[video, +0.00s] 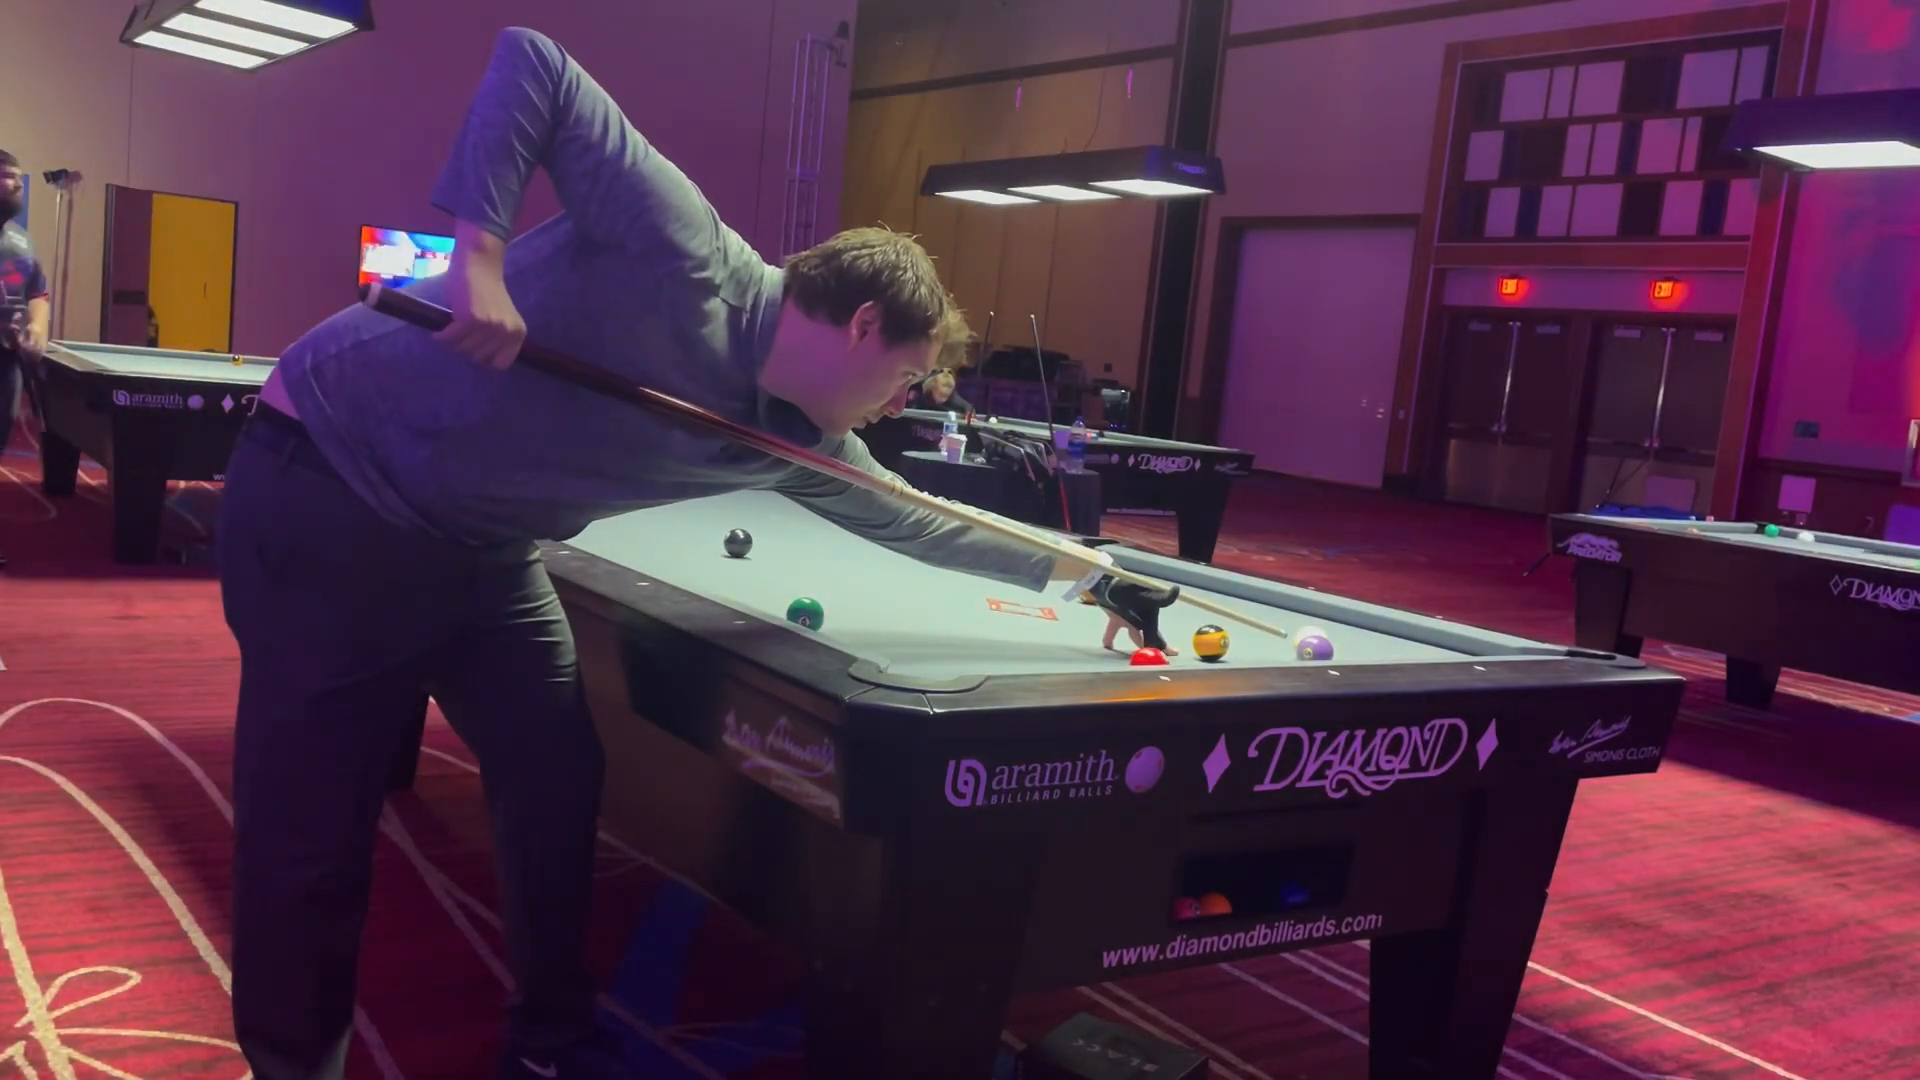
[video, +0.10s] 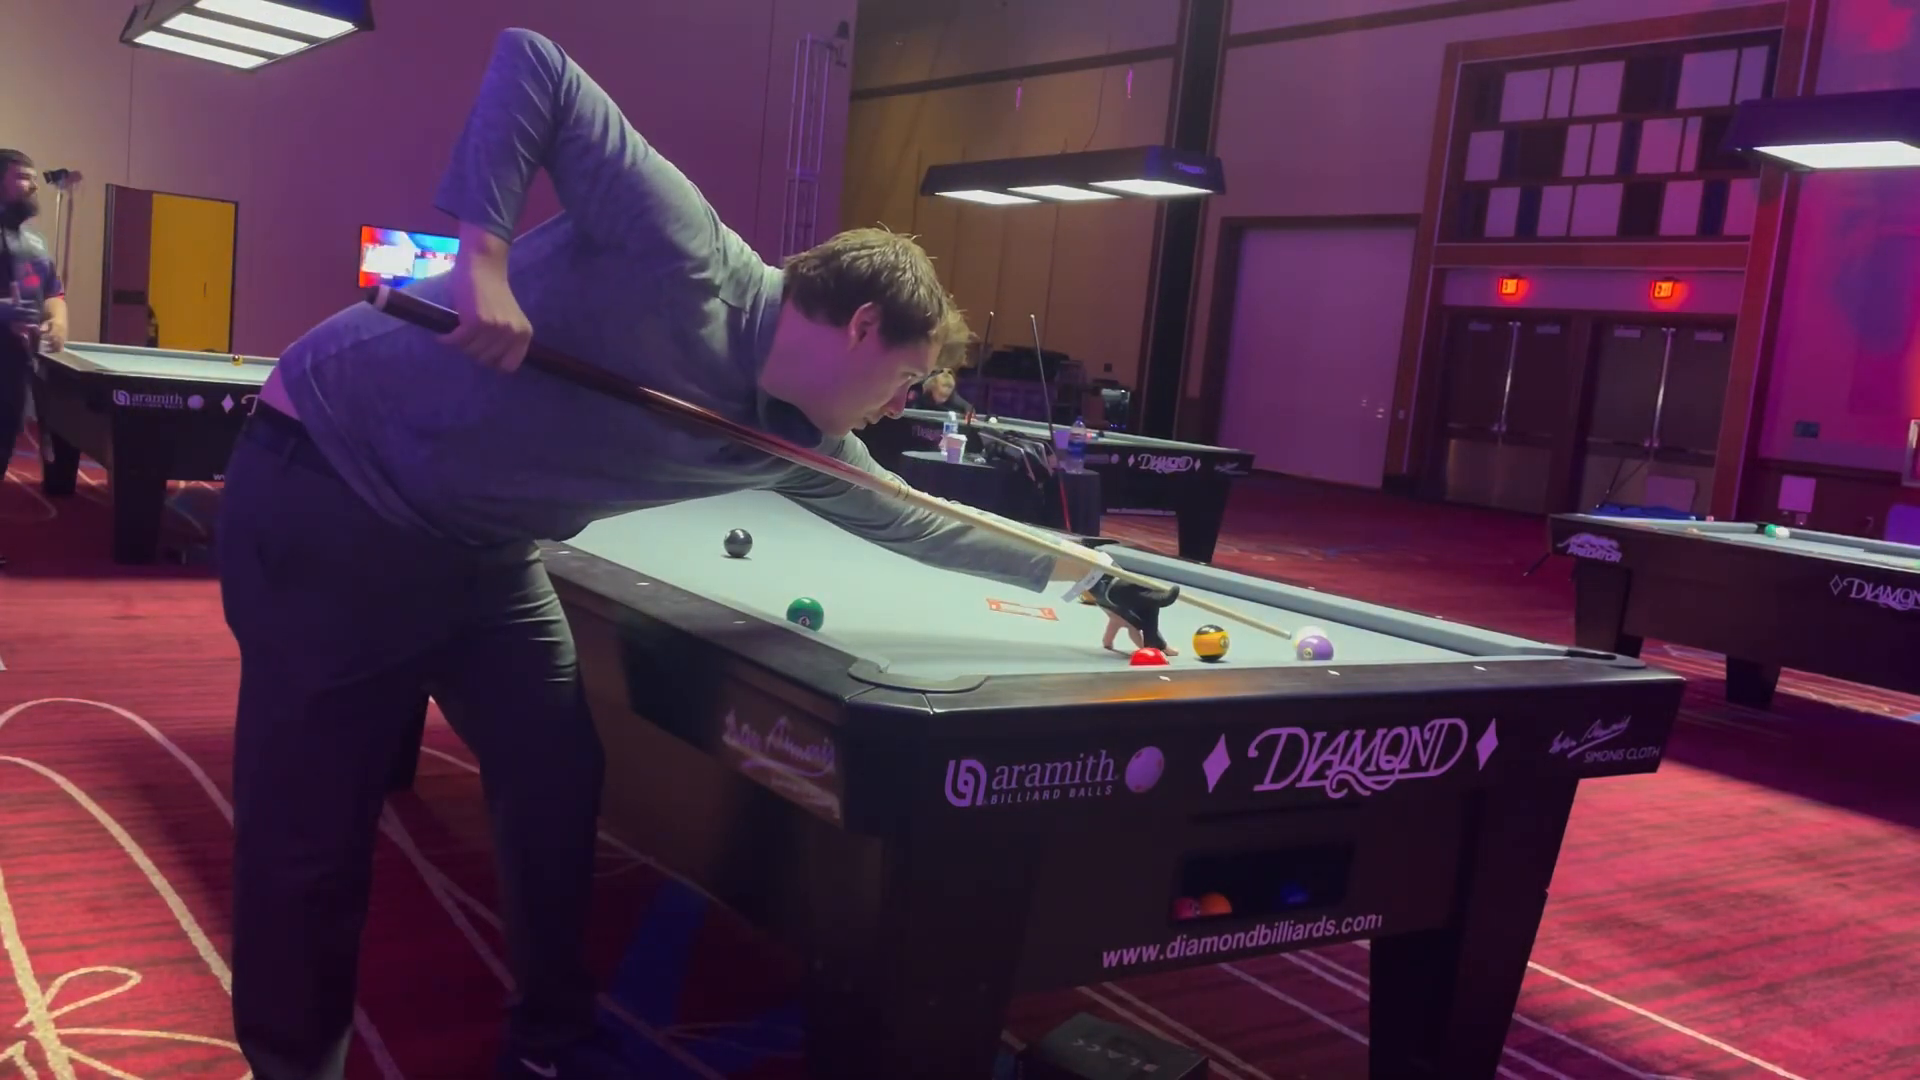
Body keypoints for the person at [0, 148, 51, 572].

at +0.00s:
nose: (14, 184)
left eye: (16, 177)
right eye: (8, 177)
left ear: (21, 185)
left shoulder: (19, 242)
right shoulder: (13, 245)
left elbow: (38, 290)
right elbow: (39, 290)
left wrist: (39, 328)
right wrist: (25, 329)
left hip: (10, 360)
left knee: (3, 438)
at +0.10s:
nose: (30, 185)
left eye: (31, 178)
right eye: (21, 177)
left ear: (32, 186)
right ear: (1, 184)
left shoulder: (33, 246)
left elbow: (52, 291)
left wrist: (56, 320)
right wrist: (10, 320)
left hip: (17, 362)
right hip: (4, 362)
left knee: (9, 436)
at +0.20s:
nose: (47, 189)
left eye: (48, 183)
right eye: (37, 181)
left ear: (50, 191)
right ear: (11, 188)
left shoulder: (45, 245)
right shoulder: (3, 237)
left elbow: (61, 294)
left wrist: (80, 320)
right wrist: (19, 321)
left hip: (31, 355)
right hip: (6, 354)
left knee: (18, 440)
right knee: (10, 439)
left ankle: (4, 542)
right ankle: (2, 545)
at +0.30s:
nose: (63, 194)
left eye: (64, 188)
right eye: (54, 187)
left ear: (62, 196)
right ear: (27, 193)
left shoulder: (59, 245)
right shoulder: (11, 233)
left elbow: (75, 302)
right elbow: (4, 293)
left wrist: (109, 332)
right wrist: (37, 320)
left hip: (48, 360)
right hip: (18, 358)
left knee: (46, 447)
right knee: (30, 449)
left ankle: (52, 545)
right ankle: (50, 546)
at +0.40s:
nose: (82, 198)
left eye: (82, 192)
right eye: (72, 191)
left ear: (72, 201)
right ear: (44, 198)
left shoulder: (67, 244)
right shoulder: (24, 238)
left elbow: (88, 312)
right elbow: (9, 295)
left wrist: (131, 340)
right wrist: (65, 328)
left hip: (59, 366)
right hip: (35, 368)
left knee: (20, 462)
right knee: (61, 461)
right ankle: (75, 560)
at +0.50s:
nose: (105, 199)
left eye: (106, 193)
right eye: (97, 191)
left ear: (92, 201)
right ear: (68, 197)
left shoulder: (86, 244)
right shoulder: (50, 238)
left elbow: (102, 315)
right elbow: (36, 299)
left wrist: (141, 345)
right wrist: (104, 333)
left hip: (81, 369)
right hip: (57, 369)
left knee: (61, 462)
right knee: (81, 458)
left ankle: (2, 518)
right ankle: (79, 561)